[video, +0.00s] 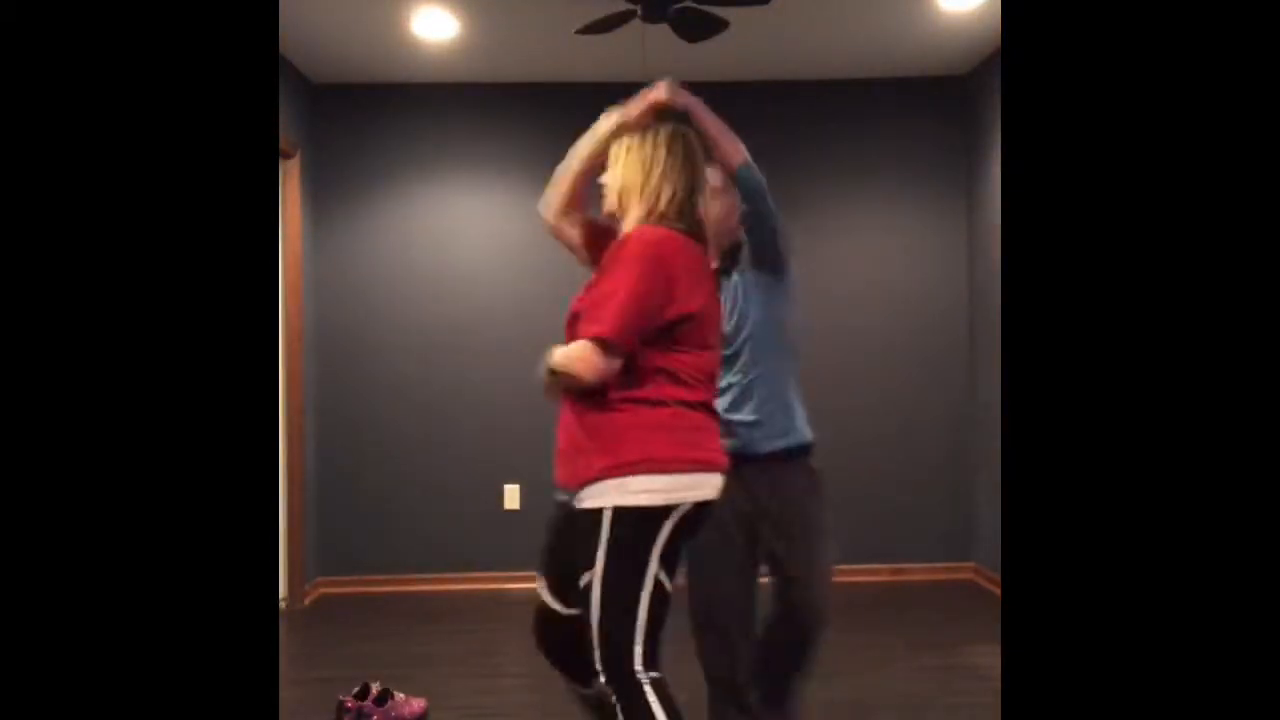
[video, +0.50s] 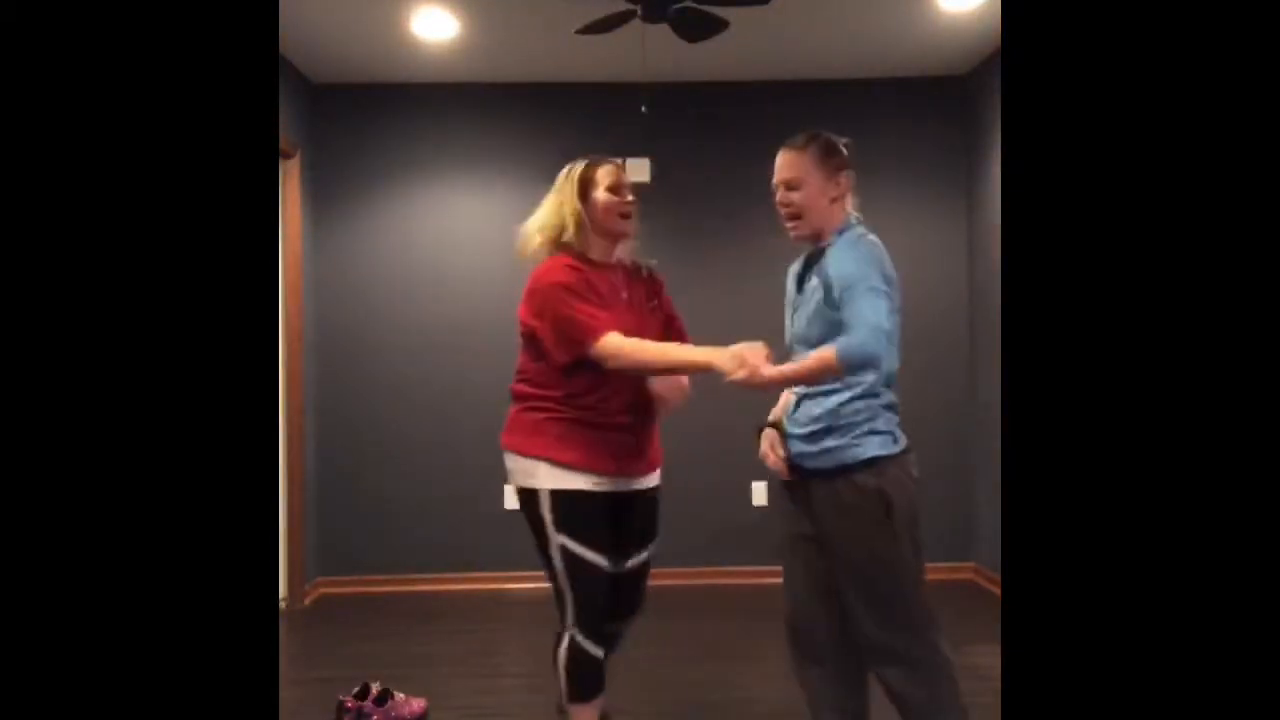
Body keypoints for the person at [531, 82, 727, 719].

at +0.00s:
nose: (606, 173)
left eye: (616, 159)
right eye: (607, 160)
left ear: (638, 169)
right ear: (674, 171)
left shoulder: (654, 247)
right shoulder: (635, 246)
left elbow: (593, 365)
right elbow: (559, 211)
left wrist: (555, 355)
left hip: (647, 482)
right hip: (613, 480)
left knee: (621, 663)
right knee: (562, 634)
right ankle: (623, 708)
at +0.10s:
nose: (597, 177)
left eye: (612, 165)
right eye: (599, 165)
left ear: (647, 178)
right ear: (613, 179)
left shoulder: (670, 257)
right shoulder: (588, 244)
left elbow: (622, 360)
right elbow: (522, 185)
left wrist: (541, 341)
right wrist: (597, 117)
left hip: (641, 476)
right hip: (561, 475)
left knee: (619, 652)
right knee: (559, 662)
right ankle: (572, 711)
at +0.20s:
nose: (605, 187)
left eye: (622, 178)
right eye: (600, 177)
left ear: (652, 195)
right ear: (590, 189)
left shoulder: (671, 276)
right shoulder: (551, 258)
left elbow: (657, 368)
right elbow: (508, 215)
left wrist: (559, 335)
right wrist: (594, 167)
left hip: (638, 481)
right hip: (541, 479)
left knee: (620, 640)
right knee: (560, 648)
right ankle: (573, 713)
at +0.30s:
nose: (621, 194)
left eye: (632, 188)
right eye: (609, 185)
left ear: (646, 205)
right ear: (582, 199)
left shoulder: (661, 275)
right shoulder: (545, 260)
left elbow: (682, 374)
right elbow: (511, 293)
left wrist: (609, 347)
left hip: (640, 476)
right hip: (544, 477)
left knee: (623, 638)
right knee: (568, 640)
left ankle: (635, 713)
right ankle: (575, 715)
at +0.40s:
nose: (629, 200)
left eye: (635, 192)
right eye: (616, 189)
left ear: (641, 205)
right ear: (581, 198)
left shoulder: (652, 281)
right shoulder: (551, 267)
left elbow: (678, 364)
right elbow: (543, 332)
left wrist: (645, 374)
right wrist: (664, 354)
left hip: (638, 469)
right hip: (550, 470)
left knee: (637, 629)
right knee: (578, 627)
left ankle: (616, 711)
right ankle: (579, 713)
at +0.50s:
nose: (628, 200)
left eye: (631, 192)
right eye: (614, 191)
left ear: (633, 205)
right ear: (578, 202)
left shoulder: (644, 281)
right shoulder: (555, 279)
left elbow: (677, 352)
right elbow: (611, 349)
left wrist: (670, 381)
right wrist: (716, 357)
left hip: (633, 460)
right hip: (560, 461)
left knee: (624, 603)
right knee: (588, 609)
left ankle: (583, 695)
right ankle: (583, 710)